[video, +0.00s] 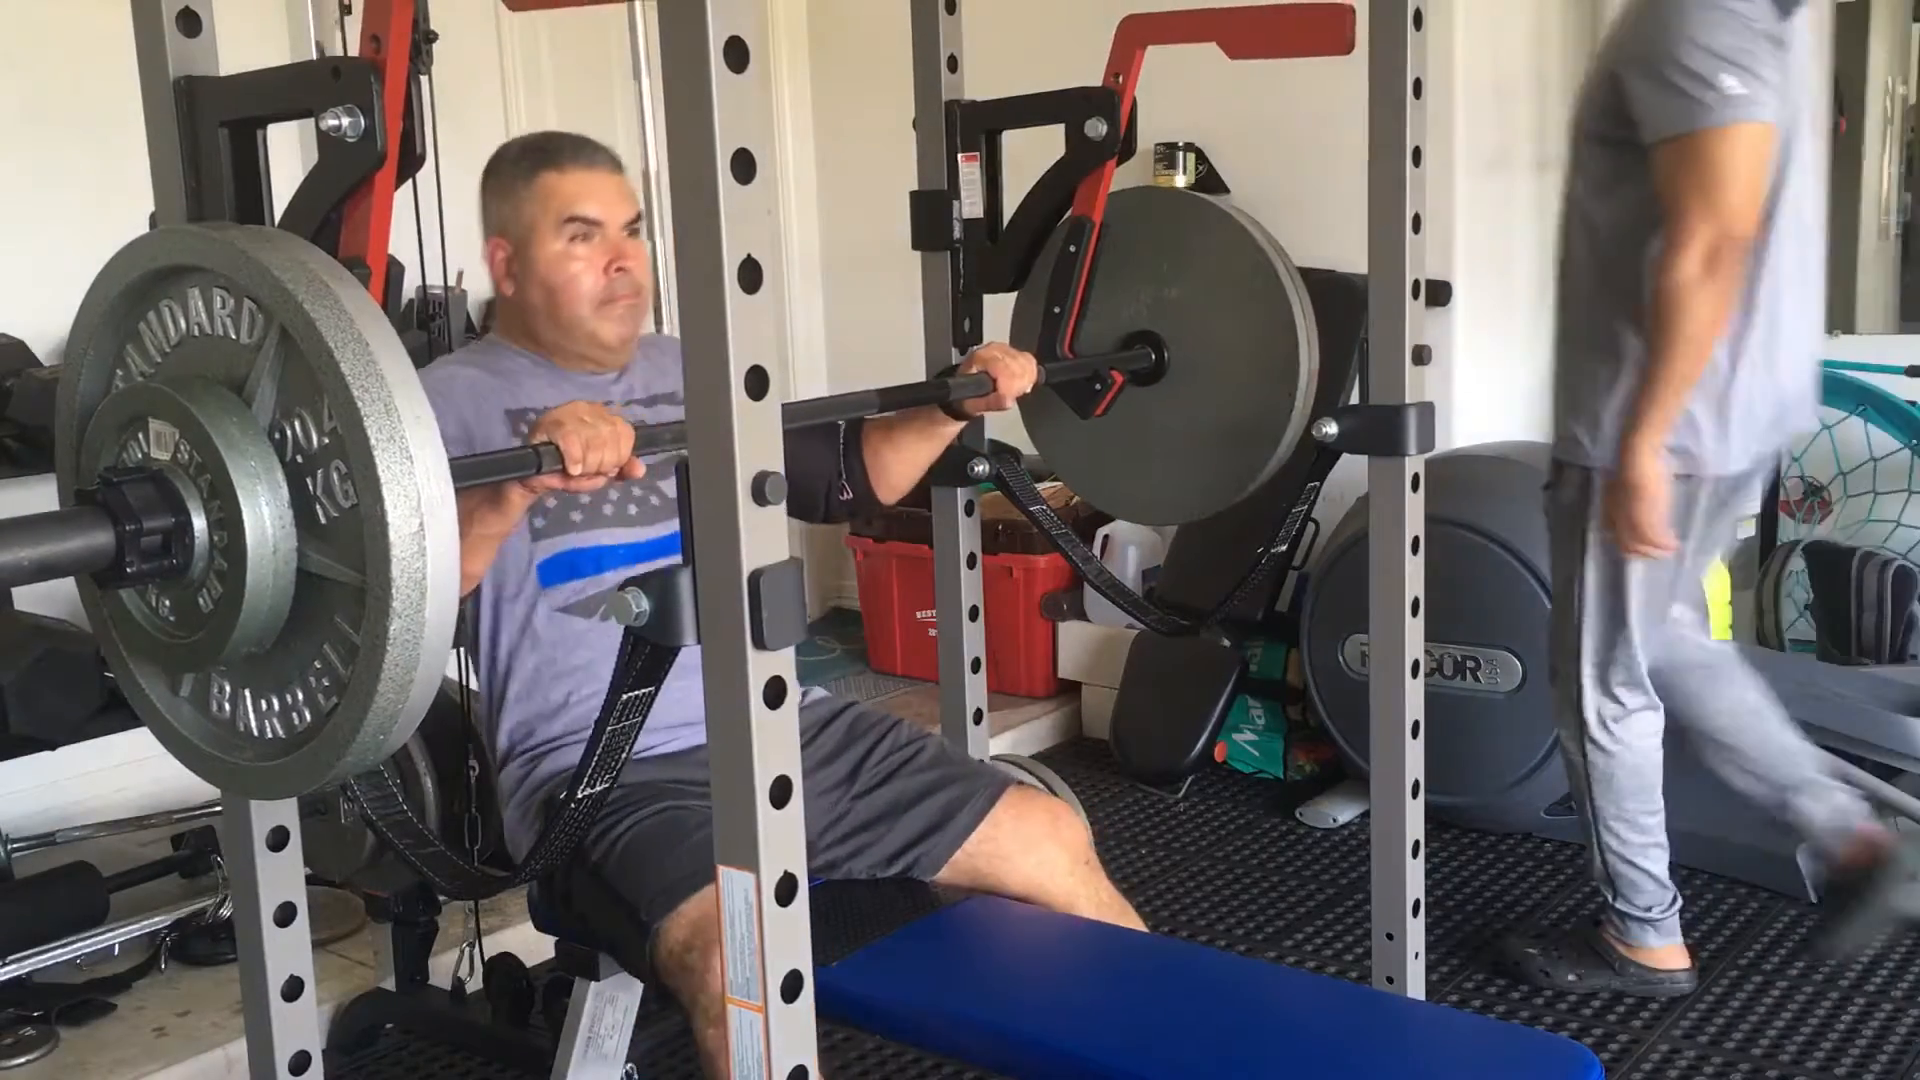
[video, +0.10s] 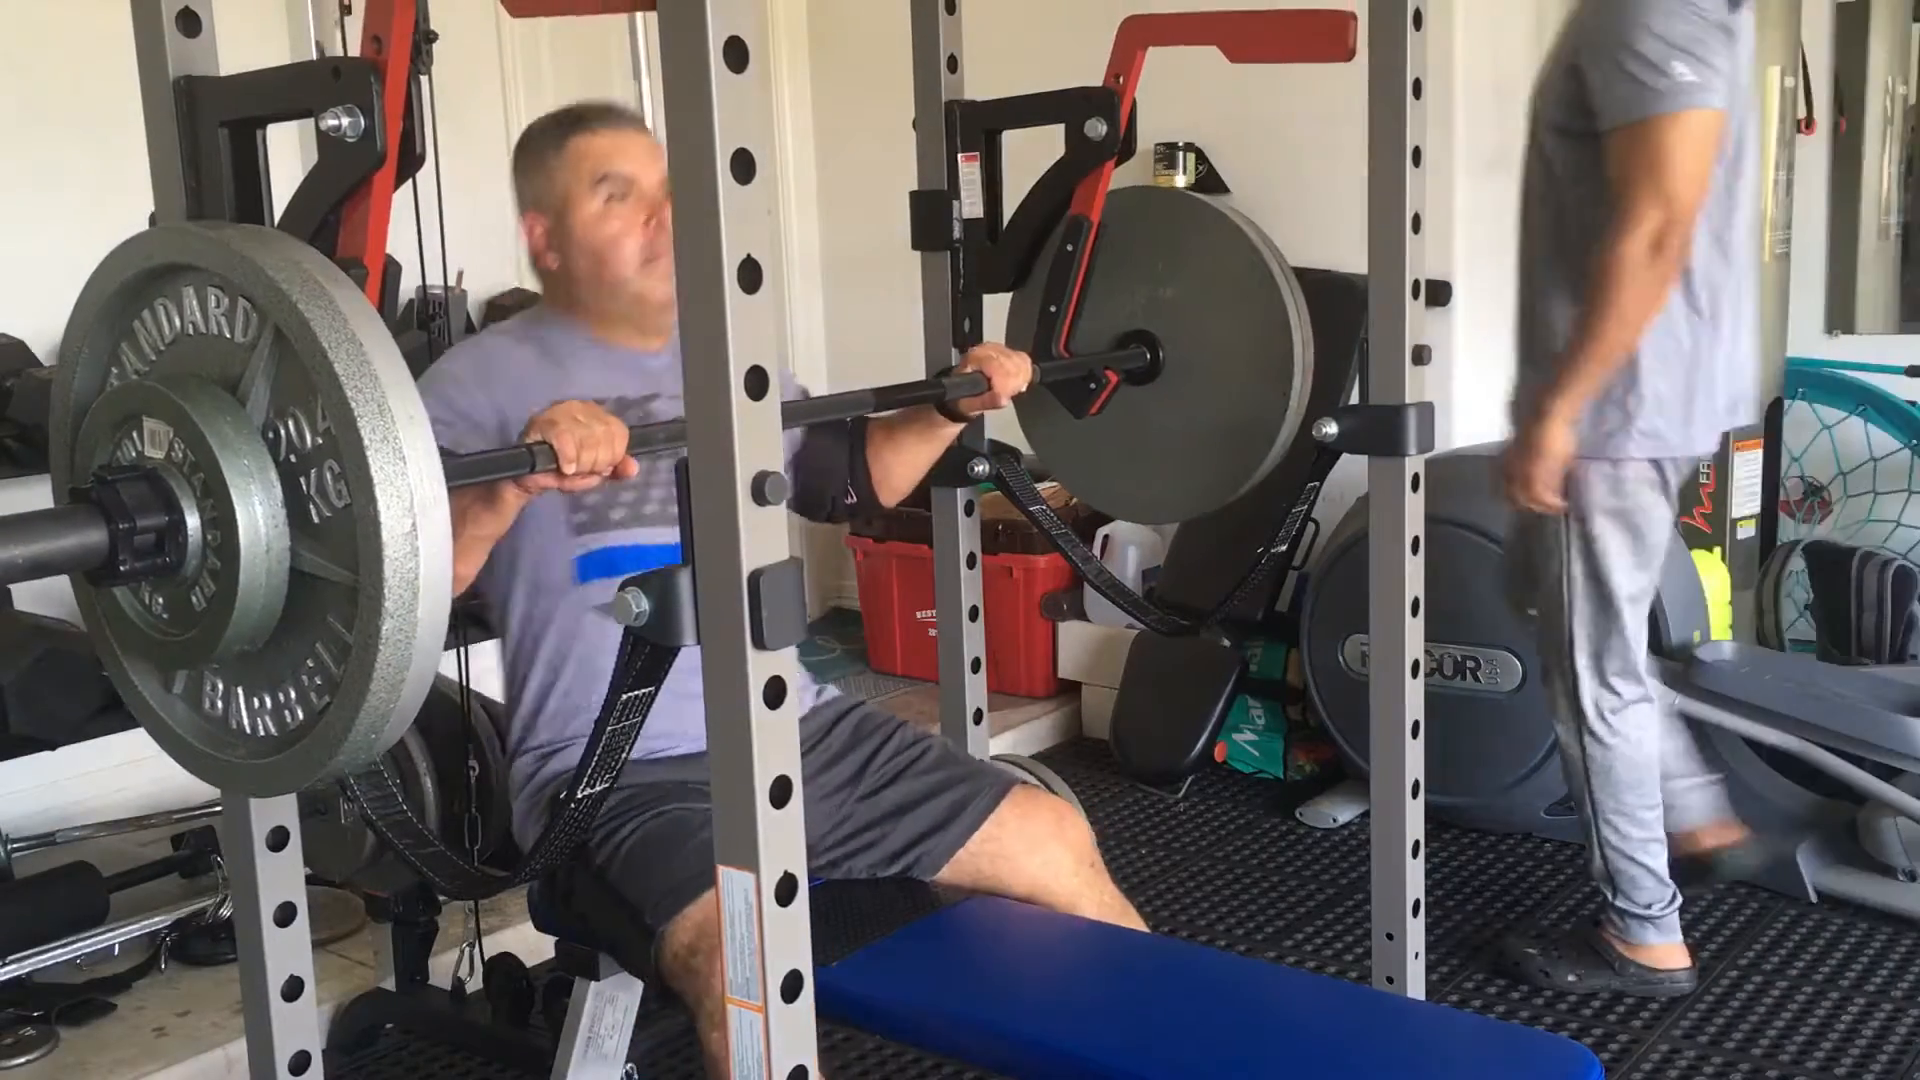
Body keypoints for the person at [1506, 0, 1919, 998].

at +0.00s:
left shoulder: (1696, 22)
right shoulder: (1757, 22)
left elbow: (1714, 237)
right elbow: (1743, 235)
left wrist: (1644, 438)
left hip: (1655, 428)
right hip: (1734, 424)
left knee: (1607, 683)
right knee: (1670, 637)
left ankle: (1643, 932)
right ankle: (1851, 839)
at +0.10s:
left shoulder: (1654, 15)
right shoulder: (1680, 19)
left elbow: (1659, 226)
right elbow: (1666, 228)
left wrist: (1557, 408)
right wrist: (1560, 397)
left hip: (1624, 417)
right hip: (1645, 408)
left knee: (1598, 675)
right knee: (1551, 594)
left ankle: (1644, 931)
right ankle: (1693, 810)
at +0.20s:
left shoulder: (1617, 16)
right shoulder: (1595, 17)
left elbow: (1617, 221)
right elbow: (1612, 225)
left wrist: (1492, 379)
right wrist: (1510, 392)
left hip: (1583, 409)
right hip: (1558, 404)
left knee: (1590, 665)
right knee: (1504, 600)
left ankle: (1647, 928)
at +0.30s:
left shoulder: (1568, 23)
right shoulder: (1524, 23)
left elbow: (1579, 230)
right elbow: (1543, 226)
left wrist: (1454, 383)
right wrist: (1456, 372)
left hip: (1544, 415)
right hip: (1500, 410)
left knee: (1573, 668)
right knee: (1468, 613)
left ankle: (1647, 925)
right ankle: (1450, 811)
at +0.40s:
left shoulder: (1531, 35)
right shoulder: (1475, 33)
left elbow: (1546, 240)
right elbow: (1454, 237)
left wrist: (1450, 408)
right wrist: (1375, 365)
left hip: (1504, 420)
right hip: (1466, 412)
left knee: (1518, 655)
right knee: (1437, 621)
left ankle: (1642, 910)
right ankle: (1442, 808)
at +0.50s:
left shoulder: (1491, 26)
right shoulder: (1425, 31)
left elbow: (1522, 232)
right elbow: (1382, 209)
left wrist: (1471, 416)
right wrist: (1330, 338)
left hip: (1467, 380)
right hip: (1425, 375)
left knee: (1419, 623)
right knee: (1406, 612)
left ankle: (1585, 839)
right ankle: (1444, 814)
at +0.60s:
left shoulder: (1468, 24)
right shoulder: (1363, 39)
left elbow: (1510, 215)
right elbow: (1320, 203)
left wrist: (1488, 390)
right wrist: (1260, 326)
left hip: (1414, 383)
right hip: (1357, 377)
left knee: (1324, 593)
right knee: (1411, 597)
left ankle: (1483, 802)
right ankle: (1416, 806)